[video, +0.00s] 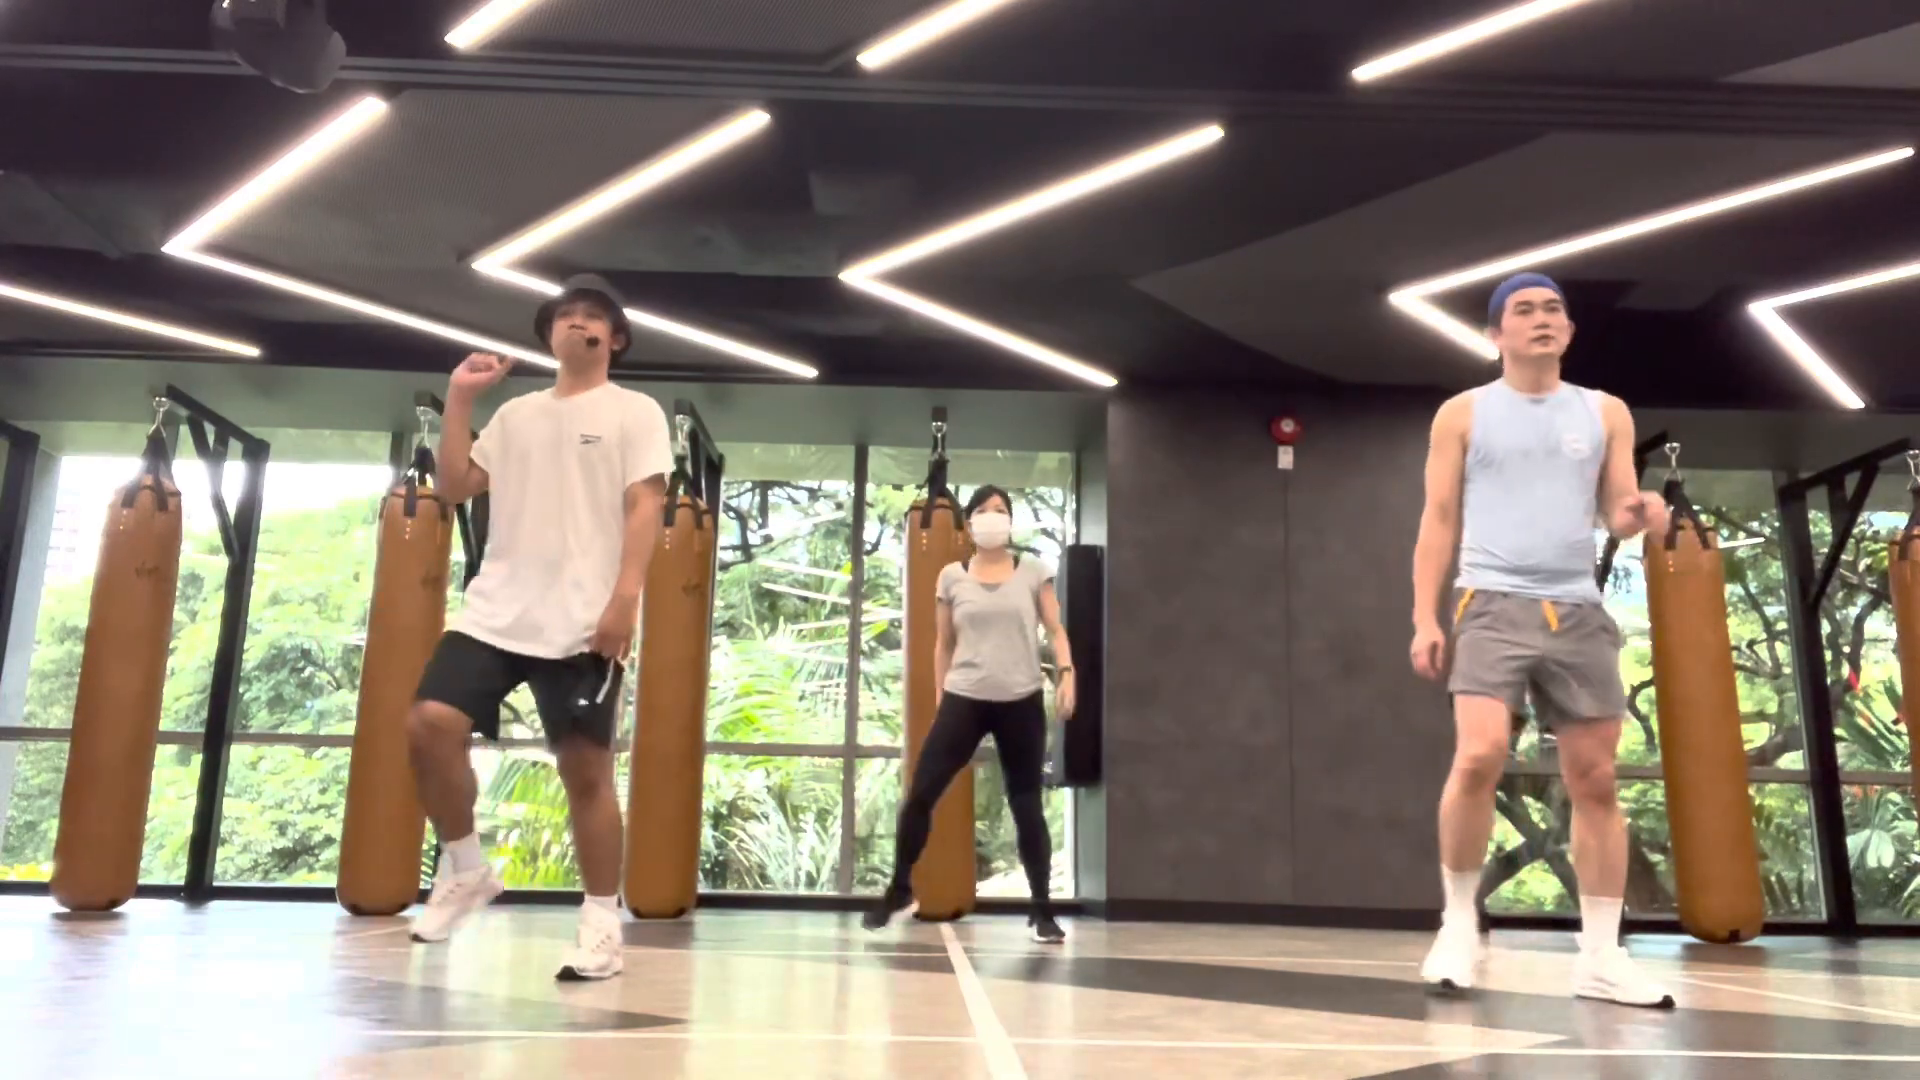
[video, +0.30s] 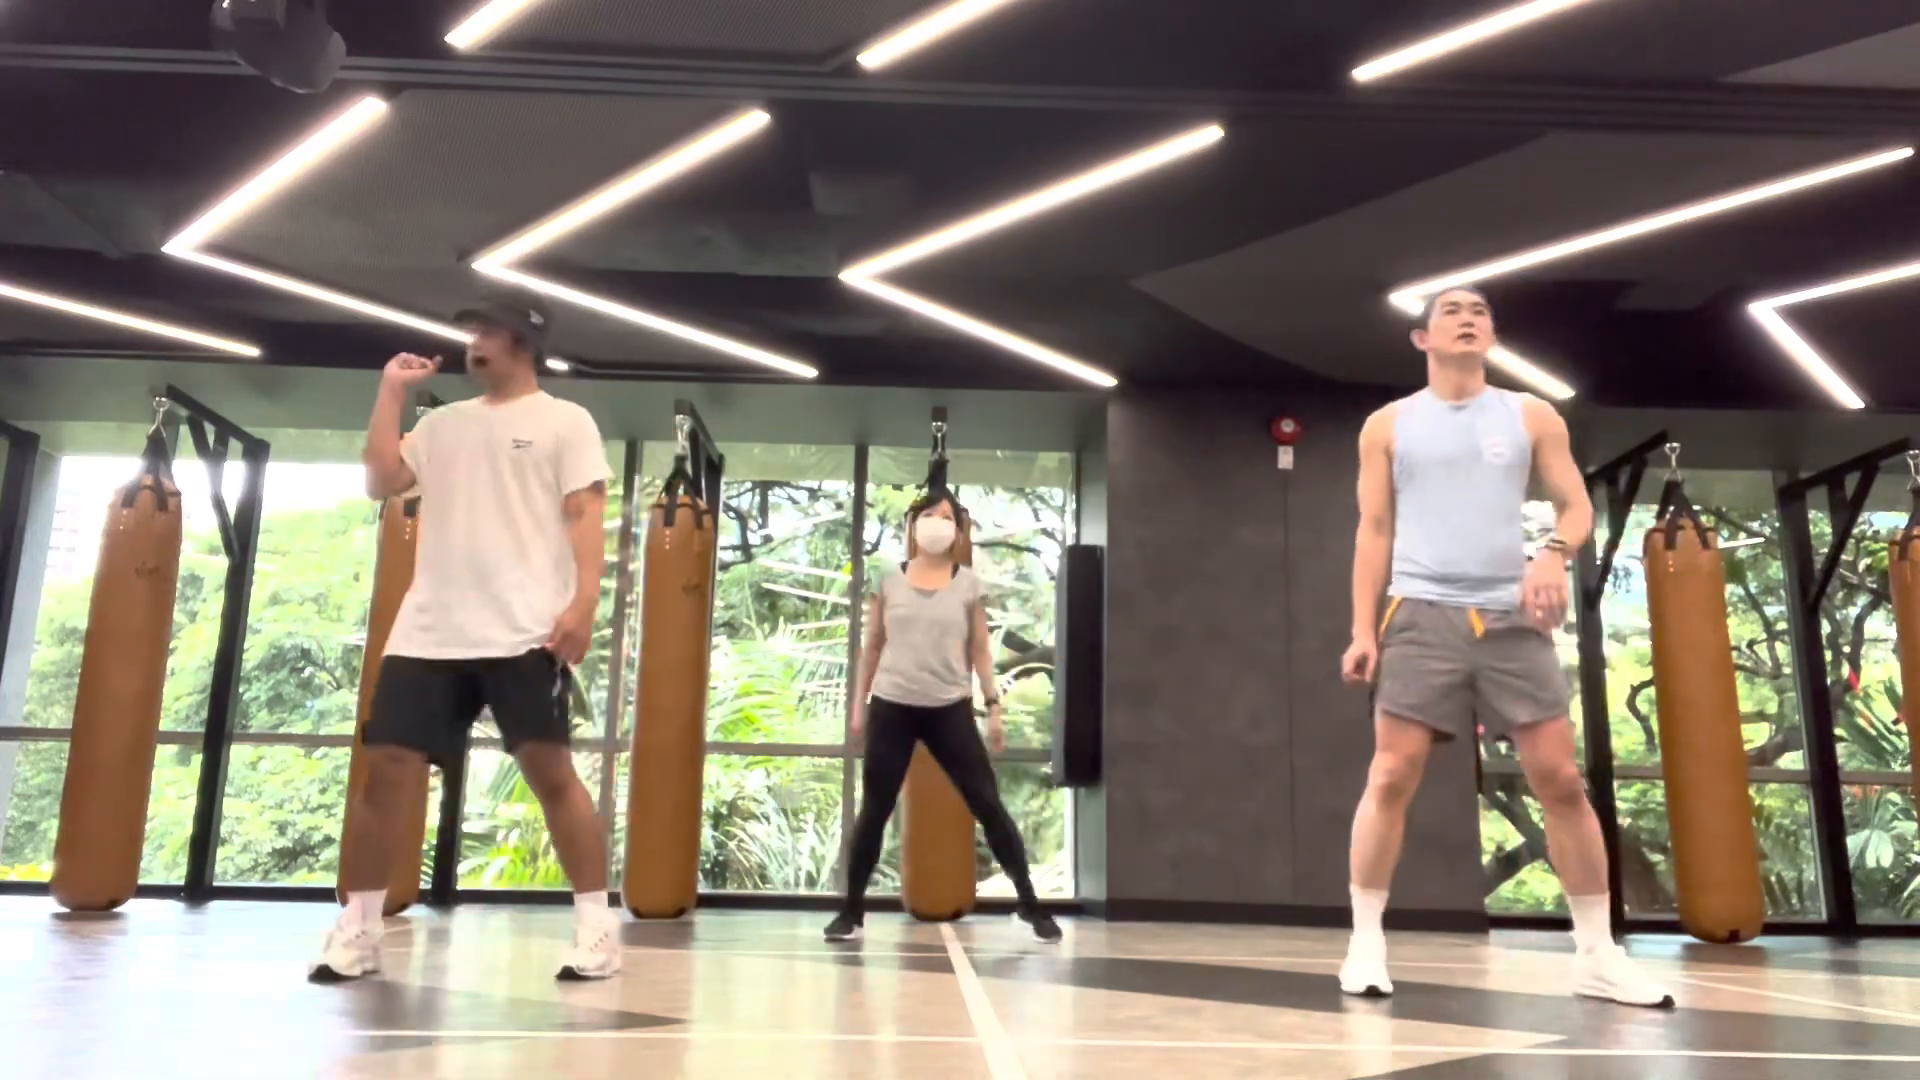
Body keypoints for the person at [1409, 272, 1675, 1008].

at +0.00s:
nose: (1541, 318)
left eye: (1552, 308)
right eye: (1524, 309)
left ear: (1570, 330)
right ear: (1497, 333)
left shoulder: (1607, 413)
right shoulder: (1461, 414)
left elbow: (1619, 516)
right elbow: (1439, 519)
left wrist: (1637, 511)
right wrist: (1427, 615)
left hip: (1581, 617)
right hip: (1489, 613)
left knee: (1595, 781)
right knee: (1479, 758)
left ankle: (1601, 958)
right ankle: (1459, 924)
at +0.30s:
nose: (1469, 320)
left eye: (1480, 314)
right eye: (1453, 313)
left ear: (1495, 340)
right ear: (1423, 339)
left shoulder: (1531, 415)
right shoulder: (1386, 424)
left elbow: (1577, 507)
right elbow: (1373, 528)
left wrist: (1552, 552)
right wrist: (1364, 626)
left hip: (1514, 622)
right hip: (1420, 623)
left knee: (1561, 782)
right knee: (1390, 777)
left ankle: (1597, 955)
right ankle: (1366, 944)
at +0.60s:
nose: (1418, 317)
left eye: (1429, 310)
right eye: (1402, 309)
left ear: (1442, 336)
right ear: (1370, 334)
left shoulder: (1473, 415)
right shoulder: (1335, 421)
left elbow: (1482, 511)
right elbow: (1306, 525)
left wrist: (1478, 569)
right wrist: (1284, 620)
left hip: (1454, 613)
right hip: (1368, 613)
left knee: (1479, 771)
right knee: (1362, 774)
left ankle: (1467, 921)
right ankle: (1363, 944)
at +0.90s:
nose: (1428, 326)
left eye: (1436, 317)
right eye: (1412, 314)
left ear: (1444, 336)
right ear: (1375, 330)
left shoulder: (1466, 419)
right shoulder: (1335, 415)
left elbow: (1476, 517)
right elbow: (1313, 515)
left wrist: (1489, 578)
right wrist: (1303, 607)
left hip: (1461, 614)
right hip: (1377, 612)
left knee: (1499, 764)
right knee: (1364, 776)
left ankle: (1441, 909)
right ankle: (1361, 942)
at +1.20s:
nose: (1487, 327)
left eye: (1494, 318)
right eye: (1470, 318)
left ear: (1502, 339)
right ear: (1434, 340)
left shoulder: (1521, 424)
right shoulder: (1401, 417)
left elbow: (1512, 517)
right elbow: (1367, 519)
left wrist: (1535, 589)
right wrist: (1365, 611)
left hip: (1518, 623)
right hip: (1436, 618)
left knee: (1573, 780)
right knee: (1394, 777)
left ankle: (1621, 955)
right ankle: (1364, 947)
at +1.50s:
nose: (1547, 316)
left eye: (1554, 307)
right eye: (1527, 310)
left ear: (1569, 327)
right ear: (1499, 338)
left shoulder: (1602, 416)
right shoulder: (1469, 412)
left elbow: (1621, 492)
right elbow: (1425, 511)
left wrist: (1640, 524)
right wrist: (1428, 603)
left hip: (1597, 614)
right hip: (1512, 614)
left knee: (1627, 775)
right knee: (1521, 775)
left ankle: (1630, 956)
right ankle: (1491, 919)